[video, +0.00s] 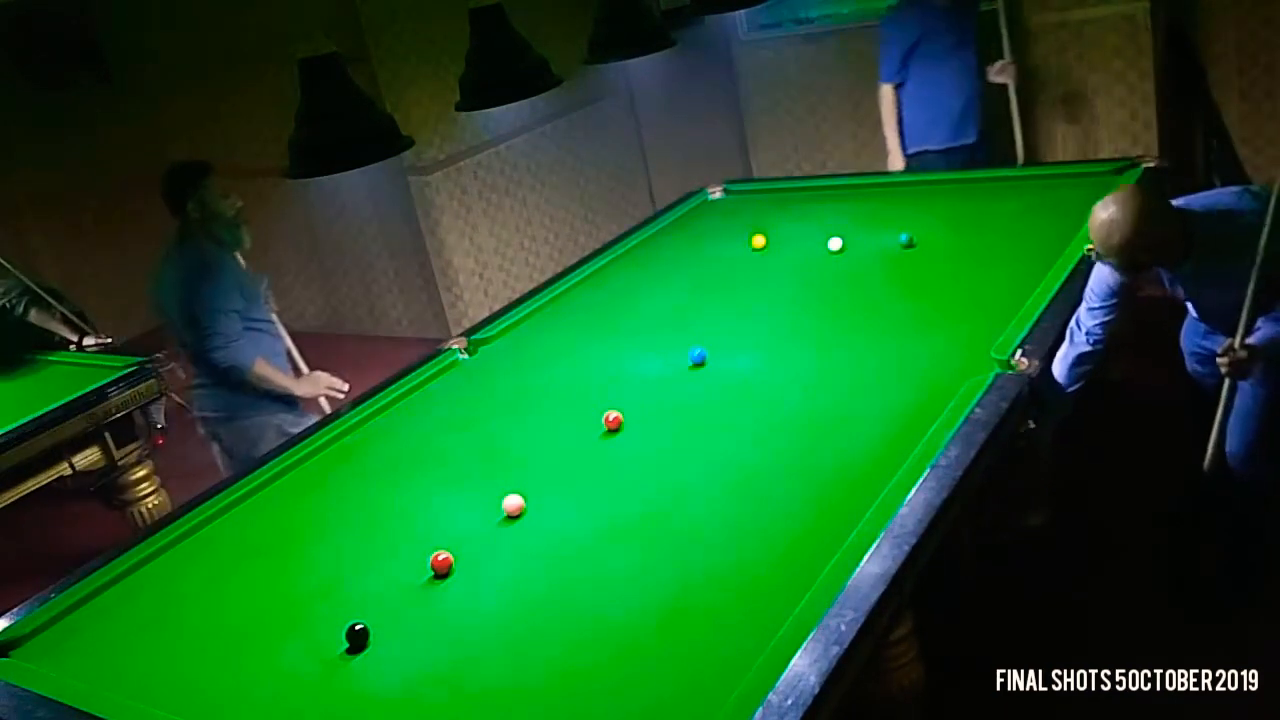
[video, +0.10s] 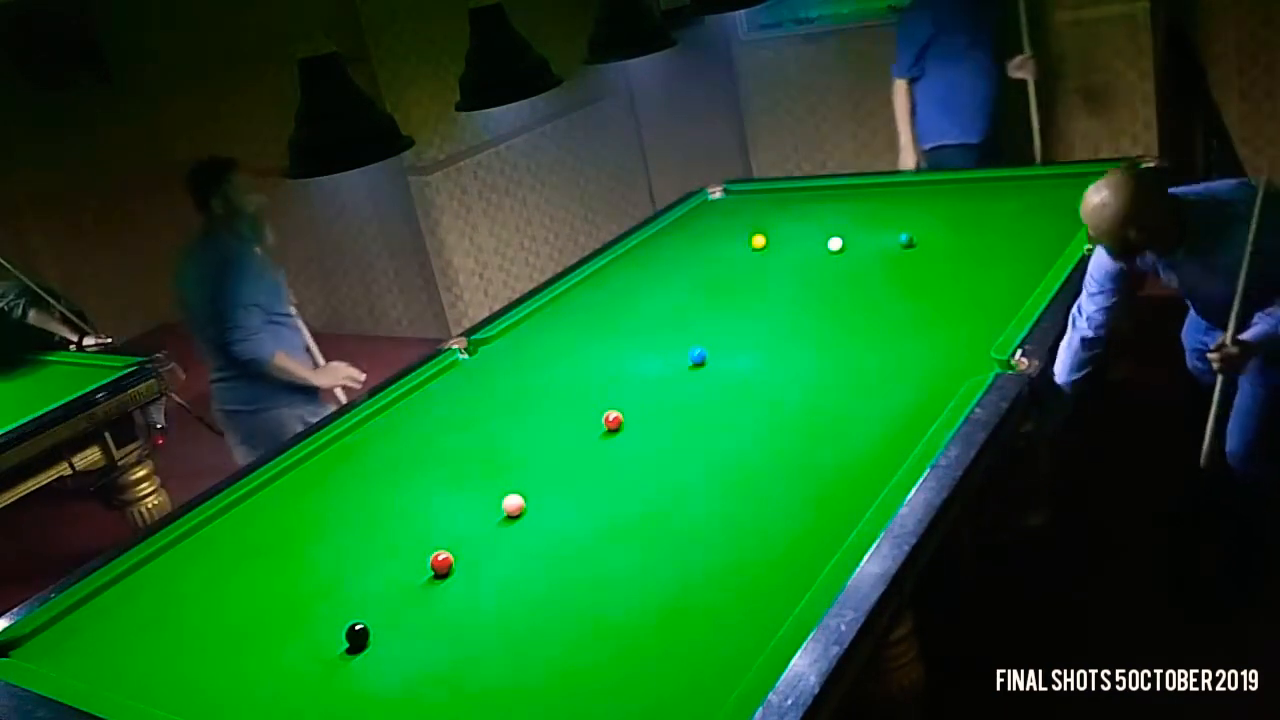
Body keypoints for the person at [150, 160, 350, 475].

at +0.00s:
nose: (237, 202)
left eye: (231, 193)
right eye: (223, 196)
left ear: (195, 210)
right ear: (195, 209)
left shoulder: (188, 258)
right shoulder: (209, 261)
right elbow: (223, 350)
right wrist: (296, 386)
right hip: (260, 418)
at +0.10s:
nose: (260, 199)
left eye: (256, 189)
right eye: (248, 190)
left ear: (212, 205)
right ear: (222, 201)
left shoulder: (199, 256)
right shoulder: (239, 254)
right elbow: (244, 341)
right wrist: (315, 377)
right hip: (281, 409)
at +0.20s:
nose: (287, 193)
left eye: (283, 183)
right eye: (274, 186)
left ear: (242, 202)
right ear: (246, 199)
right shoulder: (269, 248)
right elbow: (272, 333)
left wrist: (345, 366)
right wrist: (340, 363)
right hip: (309, 401)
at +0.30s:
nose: (314, 183)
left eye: (311, 174)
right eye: (303, 176)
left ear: (260, 190)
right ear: (286, 186)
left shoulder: (245, 242)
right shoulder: (302, 241)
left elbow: (250, 307)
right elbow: (307, 320)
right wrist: (368, 349)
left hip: (289, 386)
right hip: (337, 381)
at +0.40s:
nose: (351, 179)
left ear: (295, 177)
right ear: (331, 176)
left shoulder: (275, 223)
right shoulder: (328, 230)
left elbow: (273, 288)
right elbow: (341, 306)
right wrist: (404, 331)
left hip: (328, 368)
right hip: (364, 367)